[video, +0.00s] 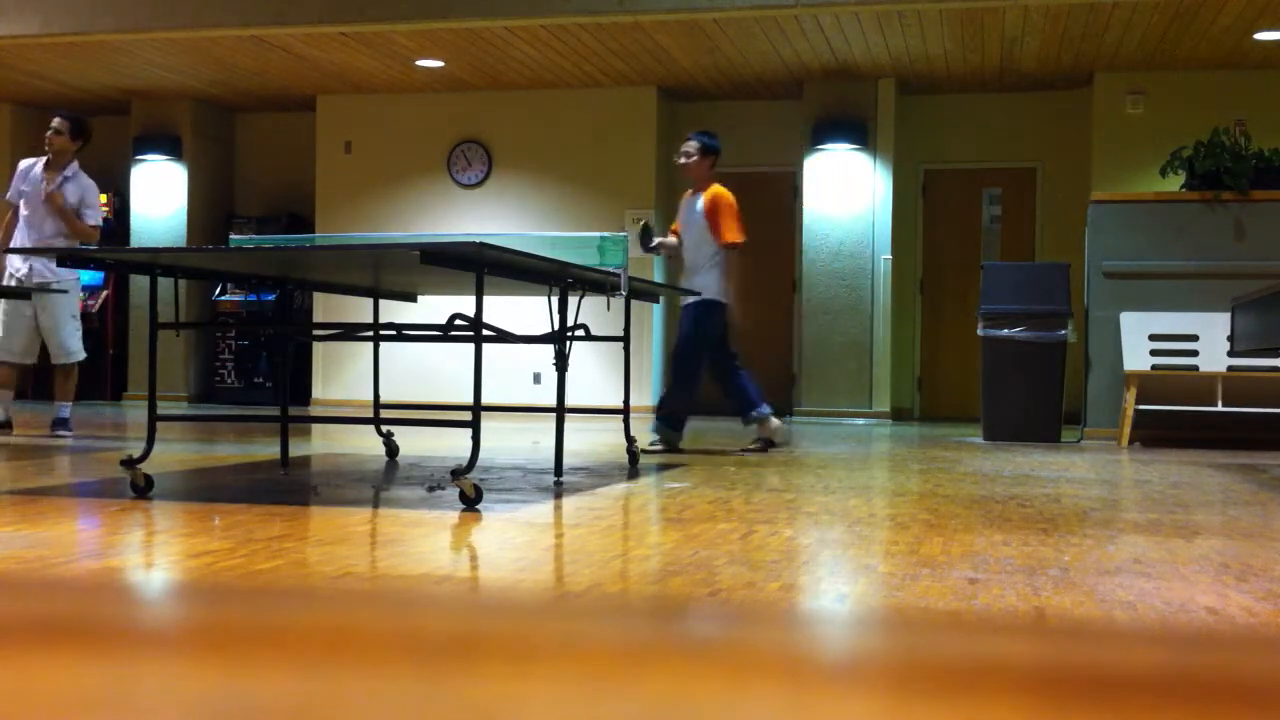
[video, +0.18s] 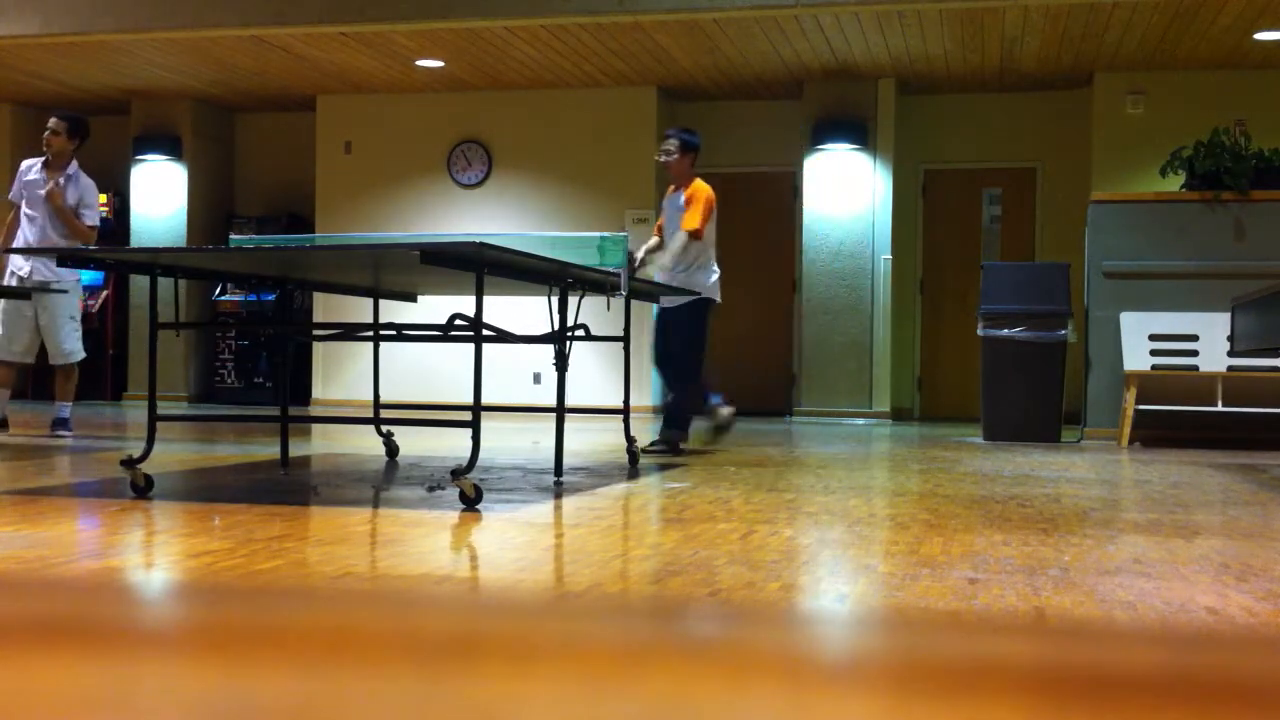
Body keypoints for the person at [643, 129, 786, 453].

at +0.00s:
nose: (681, 160)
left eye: (688, 155)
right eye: (681, 155)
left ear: (708, 160)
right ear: (687, 161)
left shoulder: (720, 197)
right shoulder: (689, 198)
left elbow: (733, 251)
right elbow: (679, 241)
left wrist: (734, 301)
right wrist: (657, 244)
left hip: (710, 296)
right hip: (694, 295)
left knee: (684, 361)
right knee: (722, 362)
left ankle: (669, 433)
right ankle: (765, 421)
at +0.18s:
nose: (664, 159)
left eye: (670, 153)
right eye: (662, 154)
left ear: (690, 157)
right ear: (666, 159)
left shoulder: (700, 191)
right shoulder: (672, 194)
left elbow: (688, 236)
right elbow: (661, 233)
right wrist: (642, 253)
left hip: (695, 290)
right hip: (671, 289)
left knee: (684, 363)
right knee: (665, 358)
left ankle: (673, 437)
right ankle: (715, 409)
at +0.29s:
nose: (651, 159)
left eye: (658, 153)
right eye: (650, 153)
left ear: (679, 156)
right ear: (651, 158)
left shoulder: (691, 189)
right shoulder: (659, 195)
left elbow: (677, 223)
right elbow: (656, 239)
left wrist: (635, 238)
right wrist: (635, 265)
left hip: (690, 292)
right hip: (662, 291)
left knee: (683, 364)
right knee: (647, 358)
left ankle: (676, 434)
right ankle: (667, 422)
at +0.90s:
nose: (606, 168)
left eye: (611, 161)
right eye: (603, 162)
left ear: (631, 161)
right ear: (606, 166)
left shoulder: (658, 191)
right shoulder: (621, 206)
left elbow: (697, 217)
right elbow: (618, 246)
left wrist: (679, 249)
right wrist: (607, 276)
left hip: (658, 302)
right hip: (623, 302)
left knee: (665, 371)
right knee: (611, 365)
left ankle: (667, 435)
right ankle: (618, 432)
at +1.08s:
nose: (600, 172)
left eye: (605, 164)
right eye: (597, 166)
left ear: (626, 163)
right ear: (599, 168)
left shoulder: (651, 194)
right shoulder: (618, 209)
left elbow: (679, 228)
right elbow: (619, 249)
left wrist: (658, 256)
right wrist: (602, 278)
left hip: (651, 301)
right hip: (617, 301)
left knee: (663, 369)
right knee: (590, 360)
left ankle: (667, 435)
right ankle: (589, 427)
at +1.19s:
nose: (590, 173)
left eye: (595, 166)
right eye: (589, 167)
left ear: (616, 164)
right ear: (600, 168)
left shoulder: (644, 195)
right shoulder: (611, 209)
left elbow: (656, 231)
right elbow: (610, 249)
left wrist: (621, 256)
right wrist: (588, 275)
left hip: (641, 301)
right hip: (609, 301)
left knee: (658, 369)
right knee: (581, 360)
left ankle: (667, 436)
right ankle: (560, 426)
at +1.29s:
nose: (579, 173)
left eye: (584, 165)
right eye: (578, 166)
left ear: (604, 165)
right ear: (585, 169)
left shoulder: (629, 198)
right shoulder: (597, 209)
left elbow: (631, 248)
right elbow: (598, 251)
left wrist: (587, 263)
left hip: (628, 303)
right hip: (595, 303)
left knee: (649, 367)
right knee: (569, 362)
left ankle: (665, 436)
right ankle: (542, 429)